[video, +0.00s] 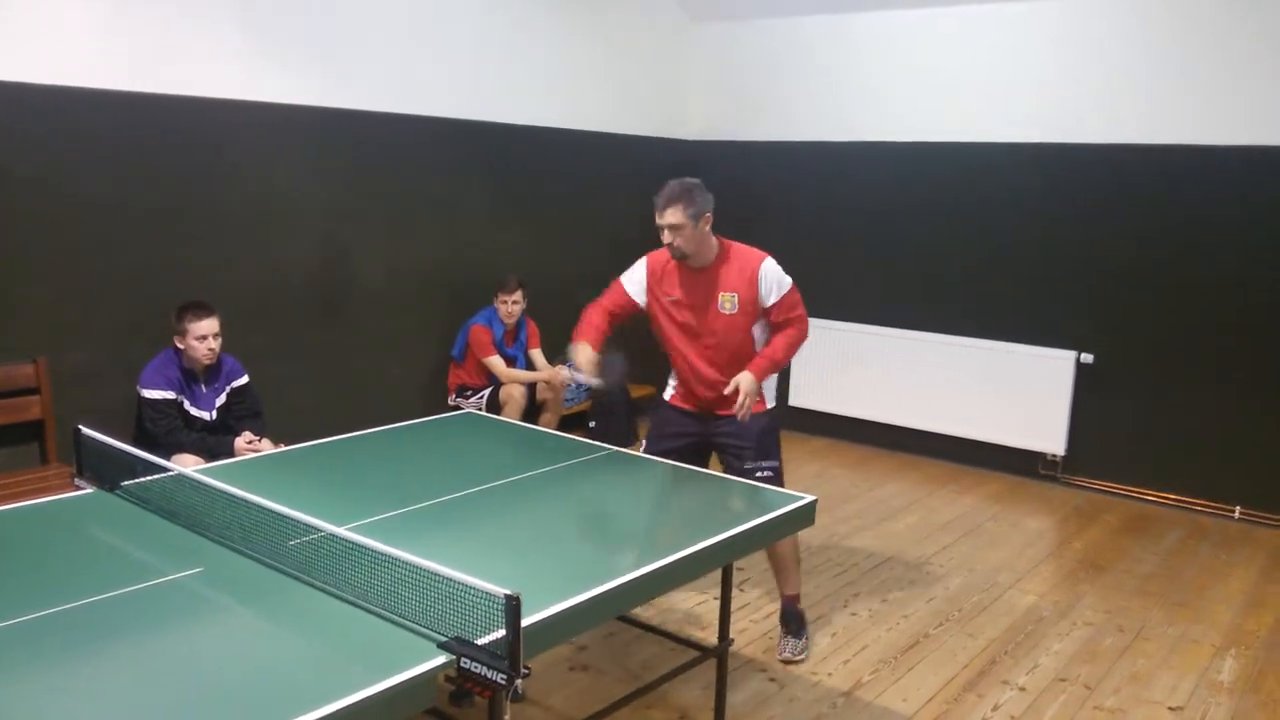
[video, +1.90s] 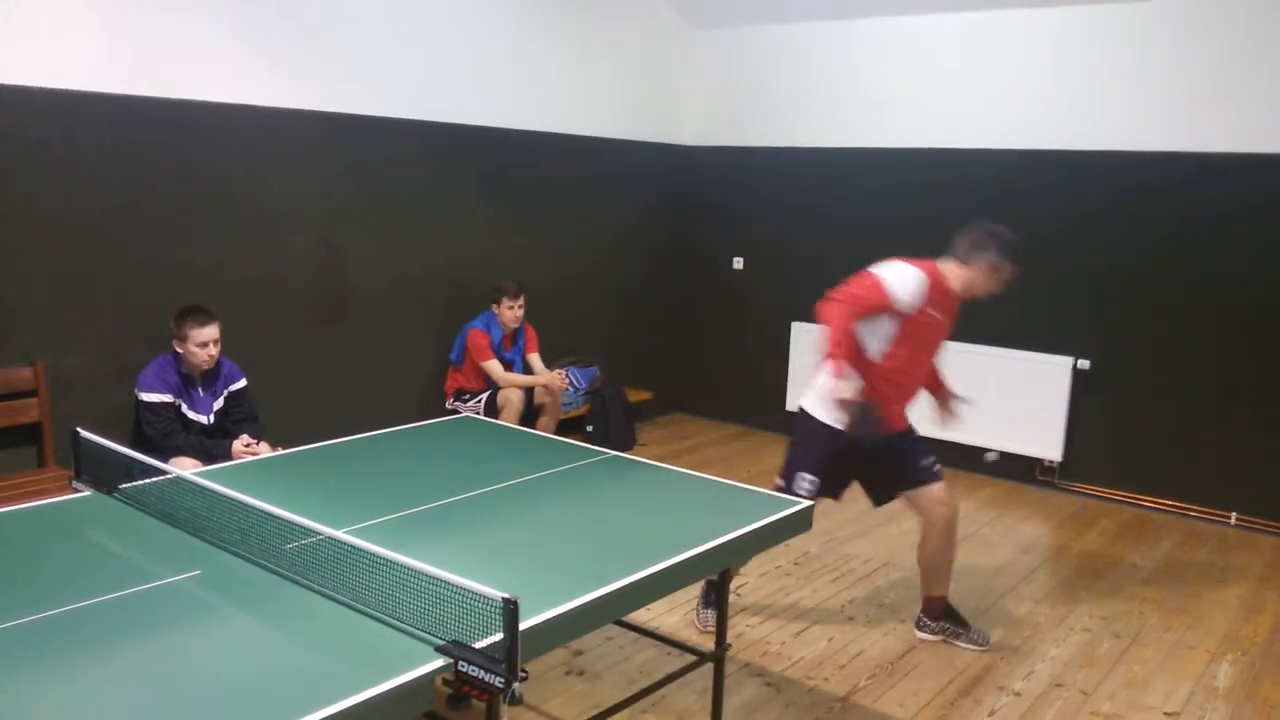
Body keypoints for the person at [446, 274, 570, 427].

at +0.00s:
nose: (509, 309)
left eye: (515, 303)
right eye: (504, 303)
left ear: (524, 304)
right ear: (495, 303)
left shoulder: (528, 327)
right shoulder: (479, 328)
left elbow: (543, 366)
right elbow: (504, 375)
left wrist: (559, 377)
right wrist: (547, 376)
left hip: (503, 387)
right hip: (467, 394)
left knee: (555, 391)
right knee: (516, 392)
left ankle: (540, 450)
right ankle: (503, 449)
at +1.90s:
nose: (517, 314)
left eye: (520, 307)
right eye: (510, 308)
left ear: (525, 307)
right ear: (495, 309)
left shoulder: (525, 331)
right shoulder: (477, 333)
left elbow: (540, 370)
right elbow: (501, 379)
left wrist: (553, 379)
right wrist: (546, 380)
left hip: (499, 393)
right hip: (463, 399)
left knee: (552, 394)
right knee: (514, 396)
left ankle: (540, 454)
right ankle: (502, 454)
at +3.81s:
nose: (507, 321)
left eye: (513, 315)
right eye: (502, 314)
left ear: (522, 316)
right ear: (493, 315)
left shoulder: (526, 338)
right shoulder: (476, 340)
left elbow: (540, 379)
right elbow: (501, 388)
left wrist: (554, 386)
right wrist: (545, 387)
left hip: (499, 401)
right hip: (464, 407)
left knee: (552, 402)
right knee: (513, 404)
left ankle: (540, 464)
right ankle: (500, 462)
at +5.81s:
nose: (502, 327)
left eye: (508, 321)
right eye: (496, 320)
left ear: (517, 322)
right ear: (488, 319)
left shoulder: (520, 343)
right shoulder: (471, 346)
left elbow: (534, 383)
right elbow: (495, 393)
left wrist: (547, 390)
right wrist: (534, 394)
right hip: (458, 411)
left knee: (547, 415)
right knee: (506, 410)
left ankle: (531, 471)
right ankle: (494, 467)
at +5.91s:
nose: (503, 325)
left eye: (509, 319)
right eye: (497, 319)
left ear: (517, 321)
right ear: (489, 319)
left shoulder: (521, 343)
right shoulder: (474, 343)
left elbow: (532, 378)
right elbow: (495, 392)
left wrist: (547, 392)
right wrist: (541, 393)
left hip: (492, 405)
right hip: (458, 411)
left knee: (547, 406)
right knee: (507, 409)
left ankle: (535, 466)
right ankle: (493, 466)